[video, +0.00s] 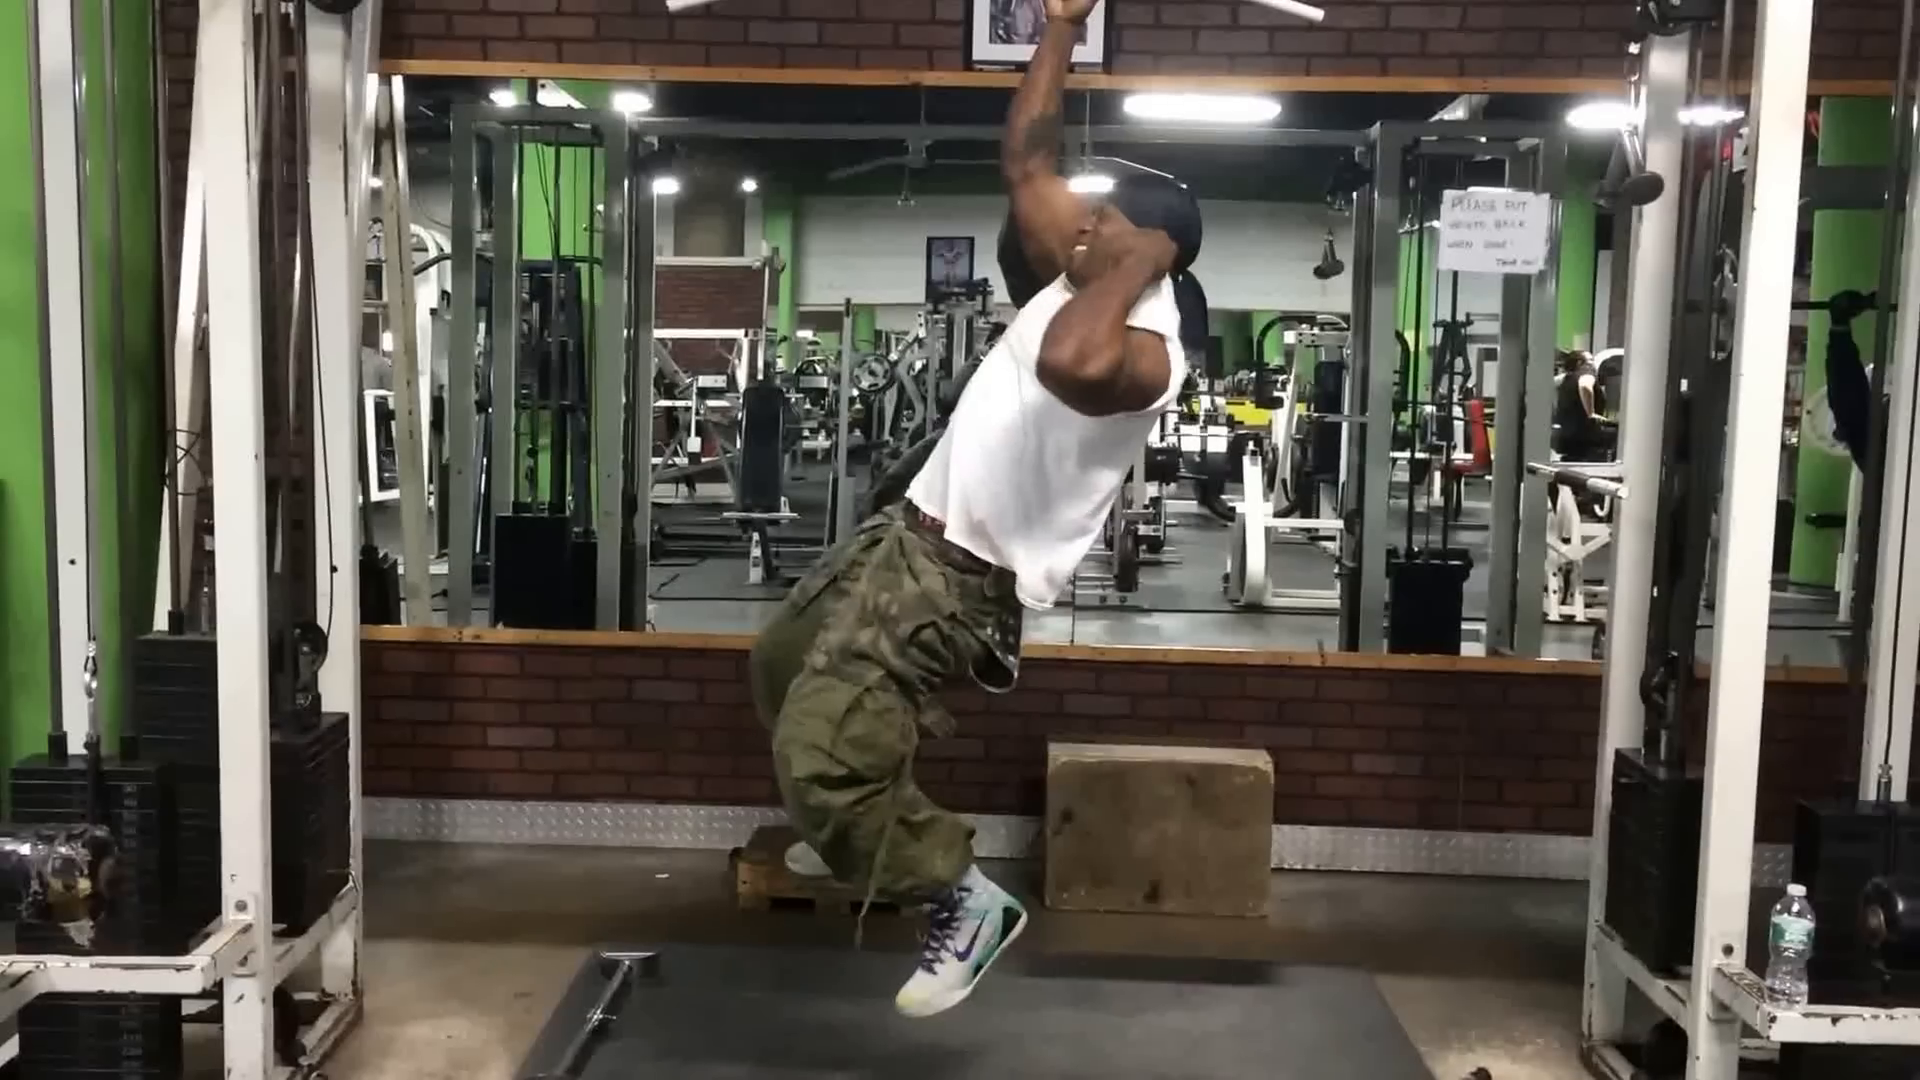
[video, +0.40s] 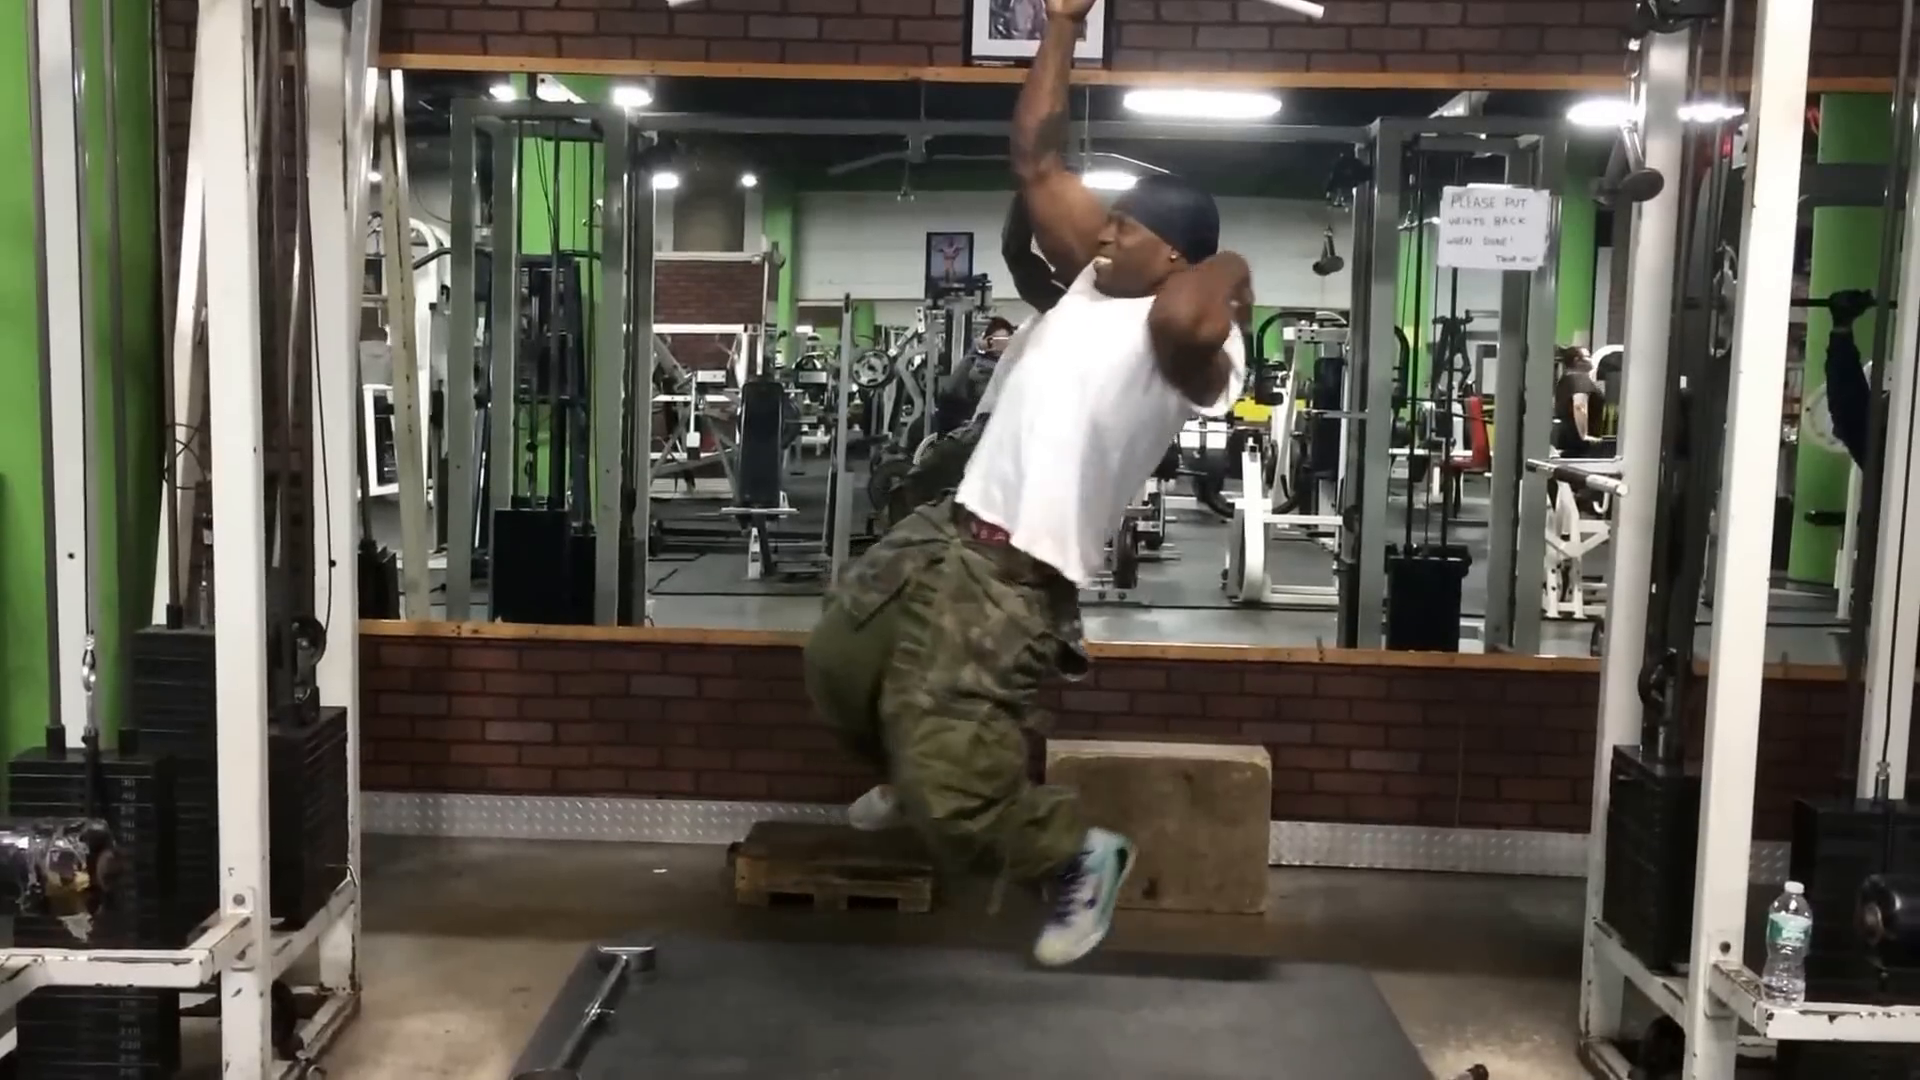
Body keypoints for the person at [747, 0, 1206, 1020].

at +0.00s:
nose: (1083, 216)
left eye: (1101, 205)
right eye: (1090, 203)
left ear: (1139, 239)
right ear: (1111, 231)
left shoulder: (1151, 344)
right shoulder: (1073, 282)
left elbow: (1072, 360)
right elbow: (1028, 160)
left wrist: (1138, 251)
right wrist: (1060, 30)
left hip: (955, 583)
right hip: (901, 534)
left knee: (825, 768)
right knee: (778, 666)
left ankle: (966, 899)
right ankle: (855, 840)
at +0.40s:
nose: (1105, 237)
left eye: (1123, 229)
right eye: (1109, 225)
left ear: (1166, 247)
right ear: (1109, 235)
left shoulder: (1191, 340)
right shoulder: (1095, 272)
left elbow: (1187, 326)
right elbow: (1036, 152)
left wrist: (1224, 268)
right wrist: (1061, 29)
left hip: (1015, 587)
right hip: (945, 532)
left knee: (947, 790)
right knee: (839, 662)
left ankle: (1082, 856)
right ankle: (911, 780)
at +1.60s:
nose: (1081, 204)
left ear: (1176, 216)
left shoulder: (1174, 278)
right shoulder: (1094, 268)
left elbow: (1197, 157)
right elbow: (1037, 145)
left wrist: (1213, 241)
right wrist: (1063, 19)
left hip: (1029, 561)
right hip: (962, 542)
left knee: (922, 769)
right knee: (861, 710)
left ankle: (1093, 895)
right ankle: (976, 862)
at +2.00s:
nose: (1101, 180)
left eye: (1137, 172)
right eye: (1110, 166)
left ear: (1155, 205)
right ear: (1121, 208)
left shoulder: (1151, 290)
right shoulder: (1078, 270)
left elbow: (1149, 154)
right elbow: (1032, 150)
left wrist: (1209, 104)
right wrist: (1056, 24)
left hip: (969, 545)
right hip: (933, 525)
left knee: (794, 715)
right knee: (816, 675)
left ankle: (922, 897)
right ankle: (905, 856)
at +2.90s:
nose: (1096, 190)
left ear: (1184, 205)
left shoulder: (1201, 302)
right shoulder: (1100, 231)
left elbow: (1099, 252)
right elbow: (1039, 154)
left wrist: (1143, 110)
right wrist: (1063, 20)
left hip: (1087, 554)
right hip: (1013, 514)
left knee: (1010, 757)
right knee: (875, 641)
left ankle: (1139, 818)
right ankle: (924, 775)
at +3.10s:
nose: (1053, 226)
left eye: (1058, 214)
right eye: (1050, 217)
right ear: (1066, 222)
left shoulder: (1207, 320)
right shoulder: (1096, 273)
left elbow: (1156, 206)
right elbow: (1042, 150)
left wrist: (1234, 229)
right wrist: (1061, 25)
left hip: (1089, 577)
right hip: (1011, 542)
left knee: (1060, 795)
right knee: (895, 682)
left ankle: (1197, 788)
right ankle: (975, 800)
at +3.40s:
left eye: (1148, 214)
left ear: (1185, 235)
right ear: (1105, 234)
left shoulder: (1197, 325)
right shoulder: (1087, 295)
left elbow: (1148, 188)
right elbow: (1043, 152)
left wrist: (1252, 169)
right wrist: (1060, 24)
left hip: (1083, 584)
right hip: (1004, 562)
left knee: (1015, 794)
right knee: (901, 719)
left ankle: (1179, 840)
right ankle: (999, 843)